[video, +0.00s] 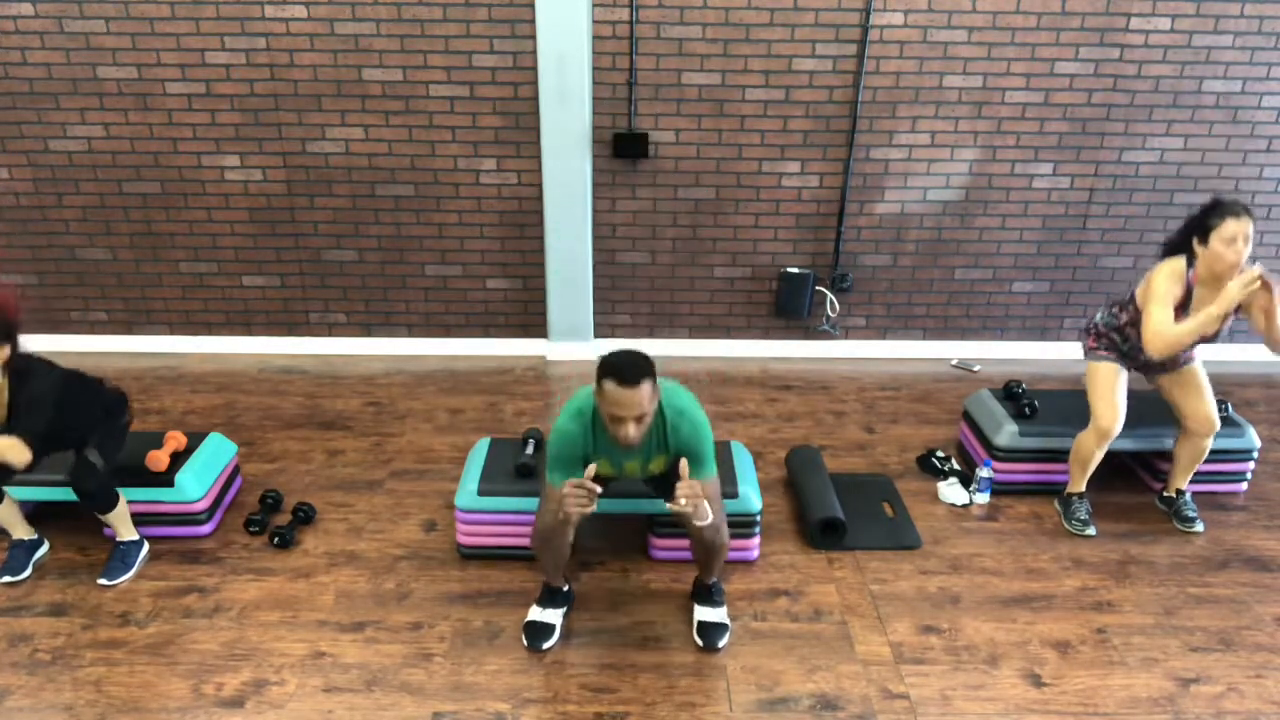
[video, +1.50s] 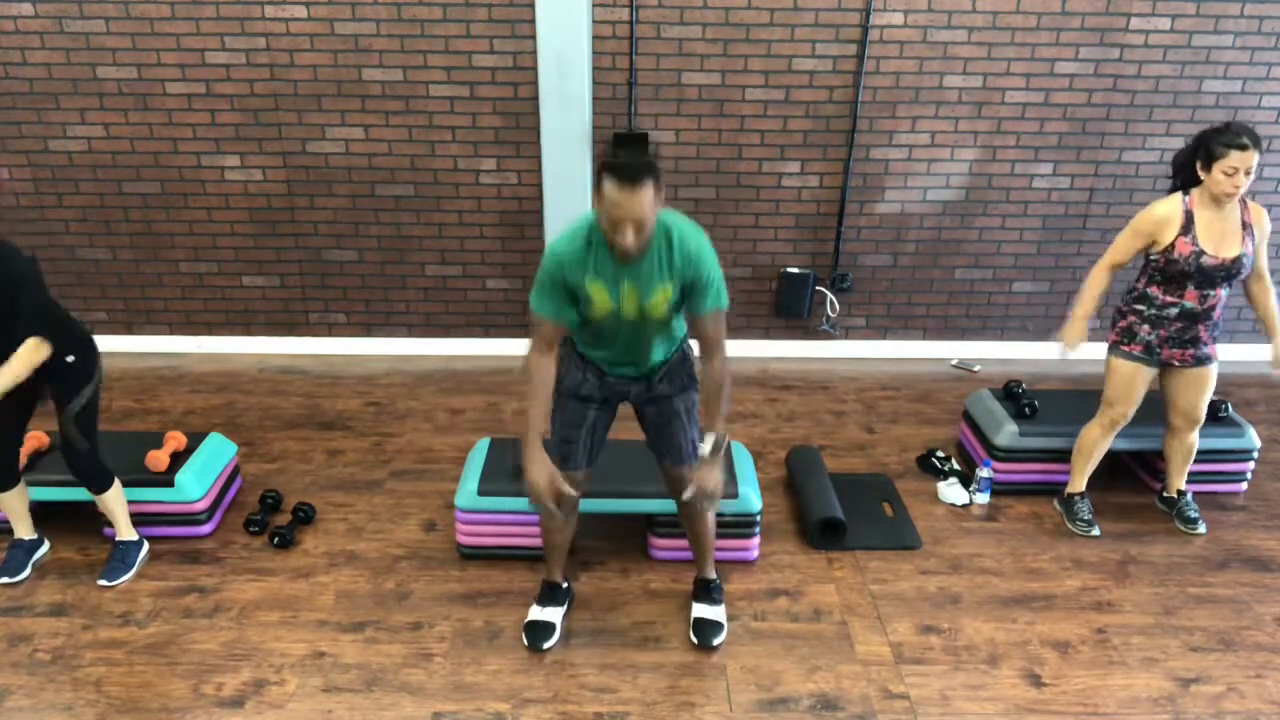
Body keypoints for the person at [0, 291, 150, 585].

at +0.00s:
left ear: (6, 349)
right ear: (5, 351)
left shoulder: (35, 375)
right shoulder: (8, 380)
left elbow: (20, 453)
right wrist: (9, 446)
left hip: (105, 414)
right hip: (58, 421)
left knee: (86, 479)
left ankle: (131, 541)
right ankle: (26, 539)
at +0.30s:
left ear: (3, 313)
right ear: (3, 314)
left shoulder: (25, 345)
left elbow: (12, 419)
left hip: (94, 401)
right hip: (45, 410)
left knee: (79, 479)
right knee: (1, 477)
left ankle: (130, 540)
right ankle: (26, 538)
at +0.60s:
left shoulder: (16, 253)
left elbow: (36, 332)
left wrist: (41, 410)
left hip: (61, 357)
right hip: (11, 365)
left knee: (78, 456)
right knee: (1, 458)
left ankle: (129, 539)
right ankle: (26, 538)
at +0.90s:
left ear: (5, 199)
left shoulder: (31, 236)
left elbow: (81, 291)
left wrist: (116, 344)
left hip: (40, 366)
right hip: (1, 375)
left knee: (80, 452)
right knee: (7, 461)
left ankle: (129, 539)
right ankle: (26, 539)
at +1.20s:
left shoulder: (28, 238)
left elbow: (70, 301)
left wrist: (102, 360)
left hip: (40, 368)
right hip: (1, 378)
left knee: (78, 452)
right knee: (6, 461)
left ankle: (129, 538)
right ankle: (26, 539)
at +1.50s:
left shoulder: (14, 265)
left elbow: (40, 344)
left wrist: (2, 384)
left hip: (68, 356)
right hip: (17, 364)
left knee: (79, 453)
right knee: (2, 453)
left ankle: (129, 539)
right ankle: (26, 538)